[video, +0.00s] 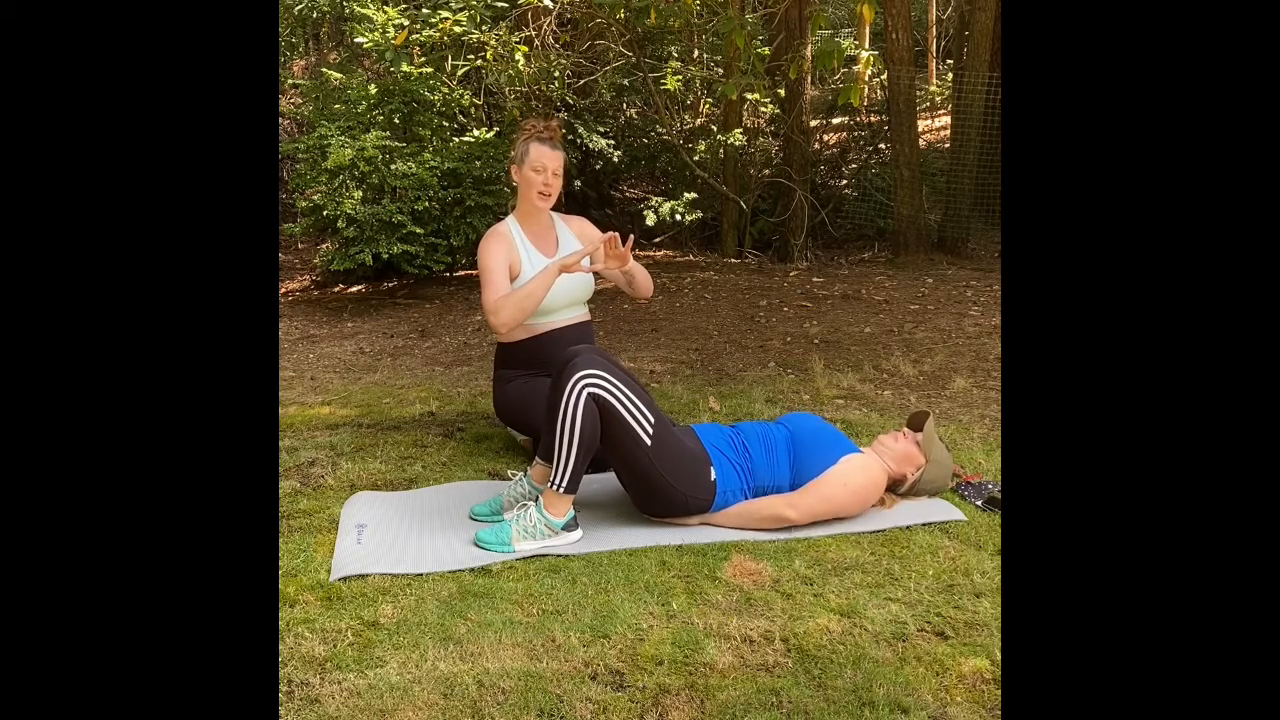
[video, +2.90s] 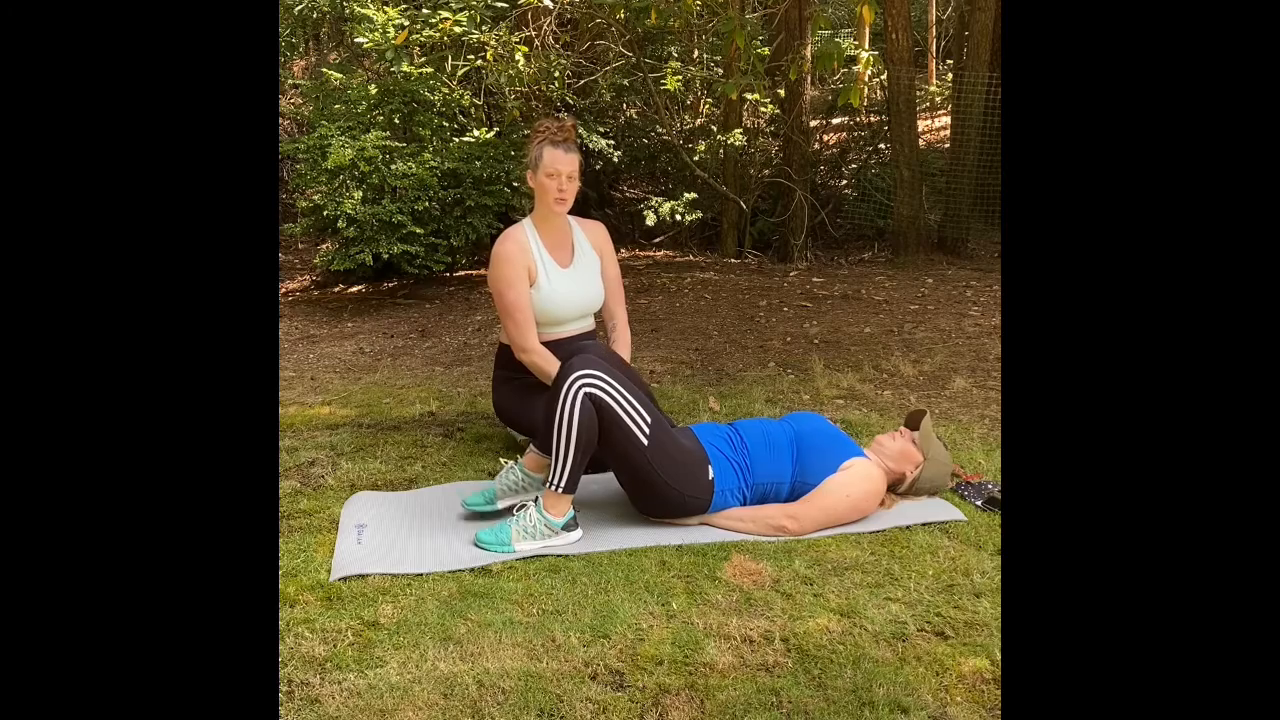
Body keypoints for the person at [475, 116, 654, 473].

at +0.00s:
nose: (549, 182)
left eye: (556, 173)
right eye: (538, 170)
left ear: (563, 180)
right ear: (515, 173)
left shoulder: (579, 229)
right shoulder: (498, 242)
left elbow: (644, 292)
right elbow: (501, 321)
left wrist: (627, 269)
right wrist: (554, 268)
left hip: (584, 364)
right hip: (523, 376)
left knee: (638, 439)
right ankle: (540, 454)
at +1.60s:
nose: (549, 183)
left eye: (558, 175)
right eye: (539, 172)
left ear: (565, 180)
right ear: (518, 174)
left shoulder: (581, 230)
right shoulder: (500, 242)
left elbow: (641, 297)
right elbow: (495, 330)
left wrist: (628, 286)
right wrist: (561, 292)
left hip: (585, 366)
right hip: (523, 379)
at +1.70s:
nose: (549, 181)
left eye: (558, 173)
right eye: (539, 171)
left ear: (565, 179)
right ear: (518, 174)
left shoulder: (583, 231)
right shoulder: (502, 242)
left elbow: (626, 289)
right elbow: (491, 336)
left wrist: (629, 302)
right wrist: (564, 320)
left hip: (581, 368)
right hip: (521, 381)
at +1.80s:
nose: (551, 181)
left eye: (559, 172)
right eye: (540, 170)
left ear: (566, 178)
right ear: (519, 175)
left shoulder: (584, 232)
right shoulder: (503, 243)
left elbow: (620, 299)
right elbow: (491, 342)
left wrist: (625, 337)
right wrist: (569, 355)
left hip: (586, 367)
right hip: (523, 377)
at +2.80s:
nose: (563, 187)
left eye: (571, 177)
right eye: (553, 176)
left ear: (579, 181)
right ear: (531, 179)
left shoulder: (594, 234)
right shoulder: (511, 248)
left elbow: (617, 323)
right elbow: (526, 348)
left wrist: (616, 384)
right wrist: (590, 396)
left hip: (586, 367)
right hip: (526, 378)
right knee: (605, 441)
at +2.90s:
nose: (563, 186)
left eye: (571, 177)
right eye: (552, 176)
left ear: (579, 180)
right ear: (531, 179)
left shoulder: (595, 234)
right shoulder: (512, 247)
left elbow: (618, 324)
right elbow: (526, 349)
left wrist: (617, 384)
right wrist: (589, 396)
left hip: (589, 371)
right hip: (524, 380)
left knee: (584, 350)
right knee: (607, 444)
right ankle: (533, 465)